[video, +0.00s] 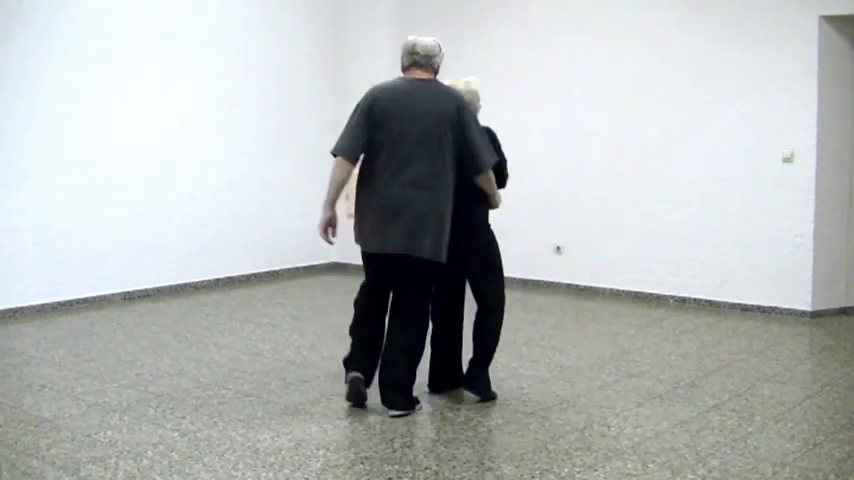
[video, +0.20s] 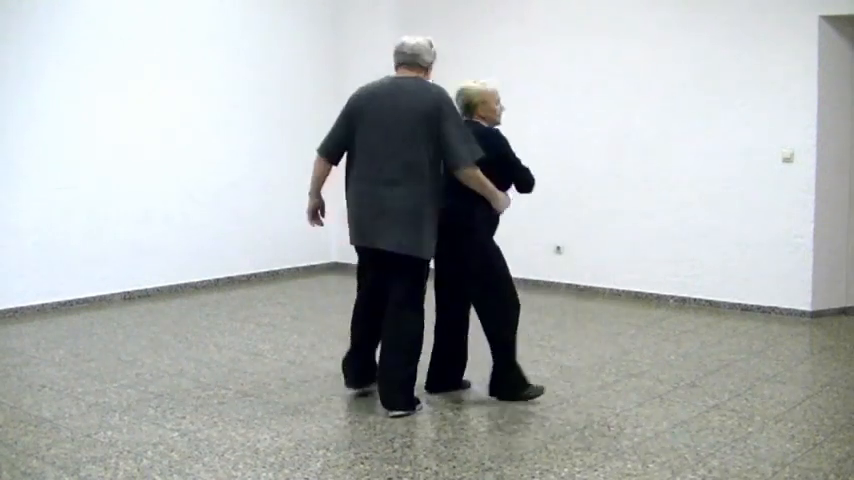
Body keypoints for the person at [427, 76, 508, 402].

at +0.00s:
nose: (479, 109)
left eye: (475, 105)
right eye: (478, 105)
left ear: (448, 106)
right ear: (475, 106)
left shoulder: (432, 135)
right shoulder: (483, 135)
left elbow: (425, 178)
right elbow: (499, 178)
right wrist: (480, 198)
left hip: (439, 231)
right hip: (475, 232)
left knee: (447, 304)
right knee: (492, 302)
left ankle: (443, 375)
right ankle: (478, 374)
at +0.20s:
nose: (501, 108)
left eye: (499, 103)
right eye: (496, 103)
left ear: (470, 109)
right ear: (480, 108)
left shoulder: (448, 134)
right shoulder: (491, 138)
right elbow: (524, 182)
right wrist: (514, 170)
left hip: (444, 233)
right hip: (475, 237)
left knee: (451, 307)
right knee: (503, 304)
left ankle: (443, 376)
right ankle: (507, 381)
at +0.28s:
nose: (510, 110)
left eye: (508, 105)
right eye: (503, 105)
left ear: (484, 113)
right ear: (485, 111)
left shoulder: (471, 138)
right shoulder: (489, 142)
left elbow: (498, 178)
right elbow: (521, 184)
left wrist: (525, 181)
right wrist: (545, 182)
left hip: (458, 232)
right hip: (472, 237)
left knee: (462, 308)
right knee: (503, 308)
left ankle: (444, 378)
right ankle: (525, 389)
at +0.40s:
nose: (518, 109)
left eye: (518, 104)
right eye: (509, 105)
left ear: (519, 109)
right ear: (491, 113)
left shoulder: (518, 149)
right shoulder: (483, 145)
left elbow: (535, 197)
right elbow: (514, 189)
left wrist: (525, 210)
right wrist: (552, 183)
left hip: (502, 235)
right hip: (473, 234)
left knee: (487, 305)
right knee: (507, 307)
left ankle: (446, 370)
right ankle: (527, 394)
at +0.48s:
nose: (518, 107)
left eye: (522, 101)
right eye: (510, 103)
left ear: (528, 106)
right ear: (496, 111)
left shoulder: (534, 148)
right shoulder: (484, 141)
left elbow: (551, 200)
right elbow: (493, 183)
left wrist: (521, 208)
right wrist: (543, 177)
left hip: (515, 230)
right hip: (480, 229)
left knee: (516, 307)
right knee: (505, 305)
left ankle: (462, 355)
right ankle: (525, 395)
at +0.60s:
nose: (517, 103)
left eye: (524, 97)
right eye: (511, 98)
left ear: (537, 103)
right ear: (504, 104)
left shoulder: (550, 144)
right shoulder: (488, 136)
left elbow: (559, 197)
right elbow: (470, 166)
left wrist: (514, 203)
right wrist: (513, 156)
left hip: (537, 236)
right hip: (494, 237)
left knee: (549, 308)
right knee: (506, 316)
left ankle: (513, 348)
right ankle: (520, 397)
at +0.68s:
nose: (515, 101)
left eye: (523, 96)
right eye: (511, 96)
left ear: (540, 102)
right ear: (506, 101)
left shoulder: (554, 143)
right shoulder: (492, 133)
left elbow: (554, 197)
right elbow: (457, 159)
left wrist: (506, 200)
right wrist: (489, 142)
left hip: (546, 236)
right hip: (501, 237)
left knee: (558, 307)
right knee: (510, 315)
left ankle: (558, 370)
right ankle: (522, 396)